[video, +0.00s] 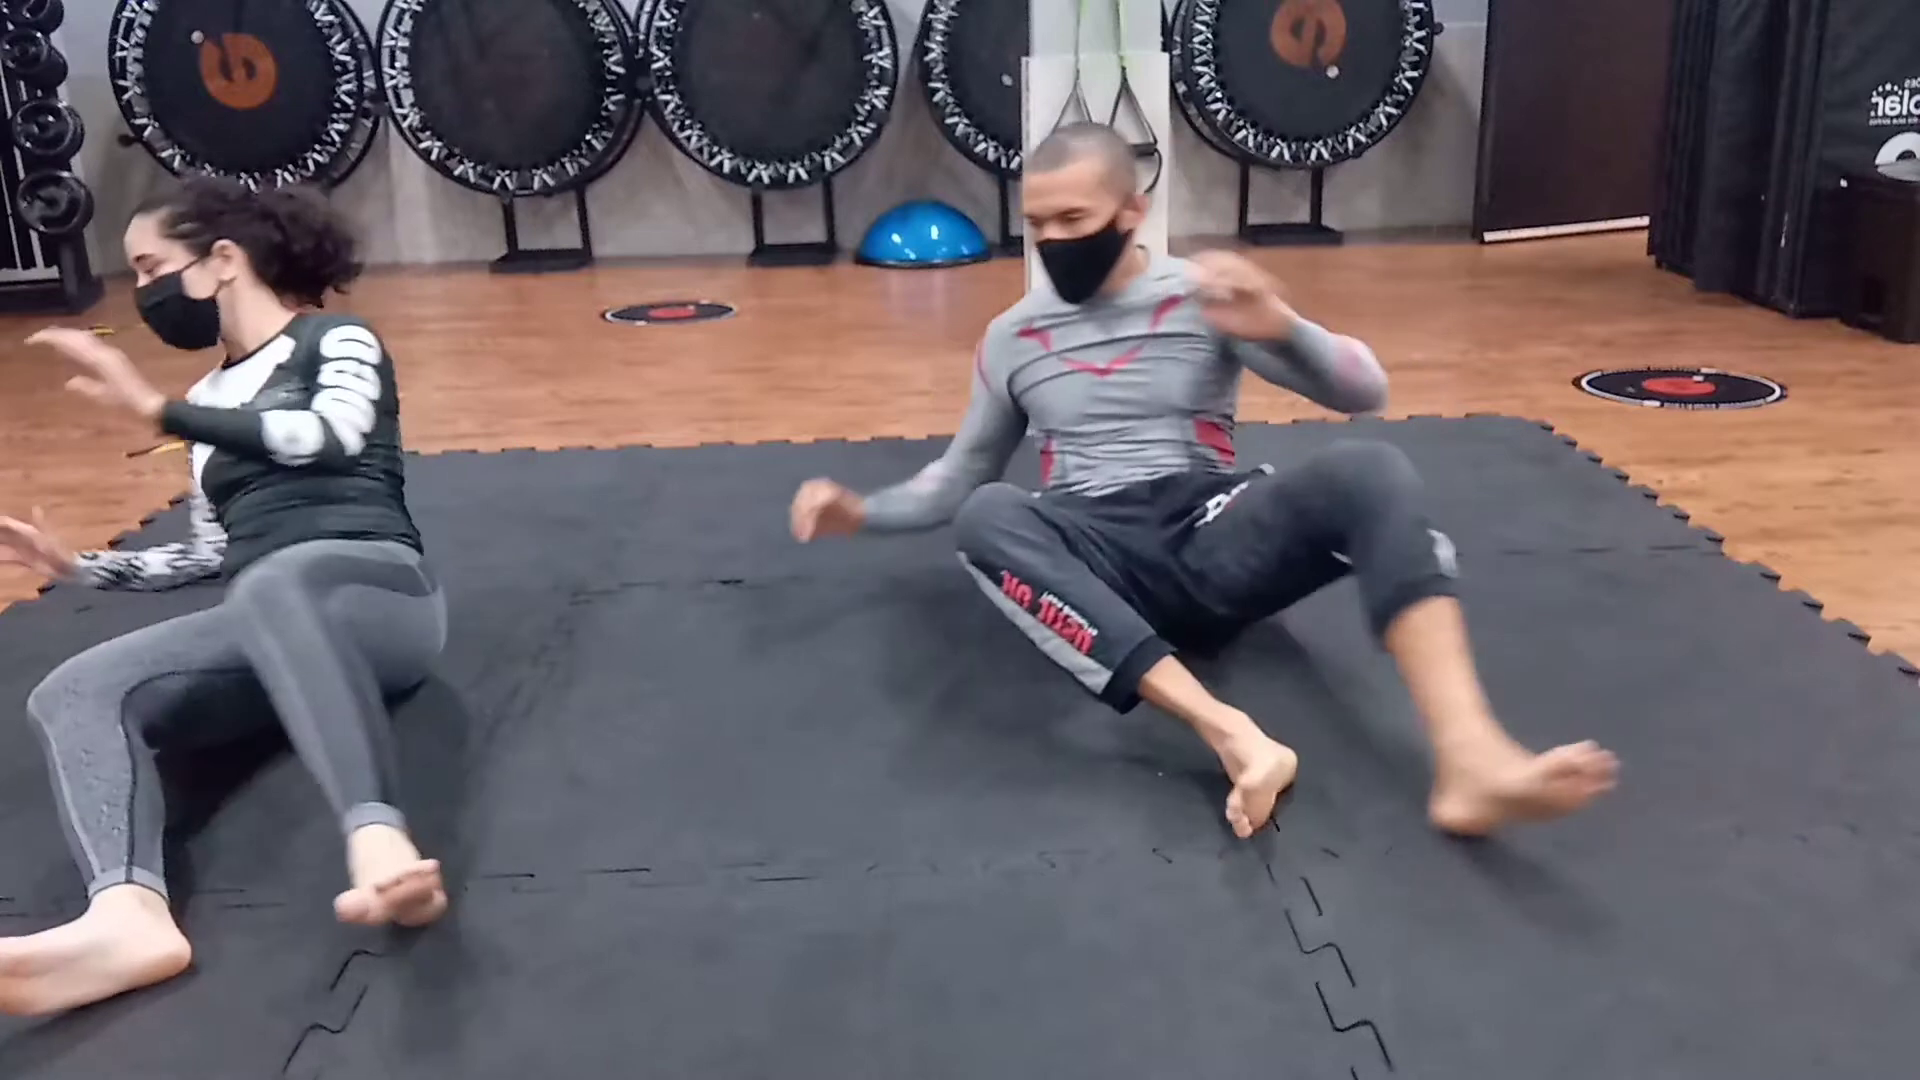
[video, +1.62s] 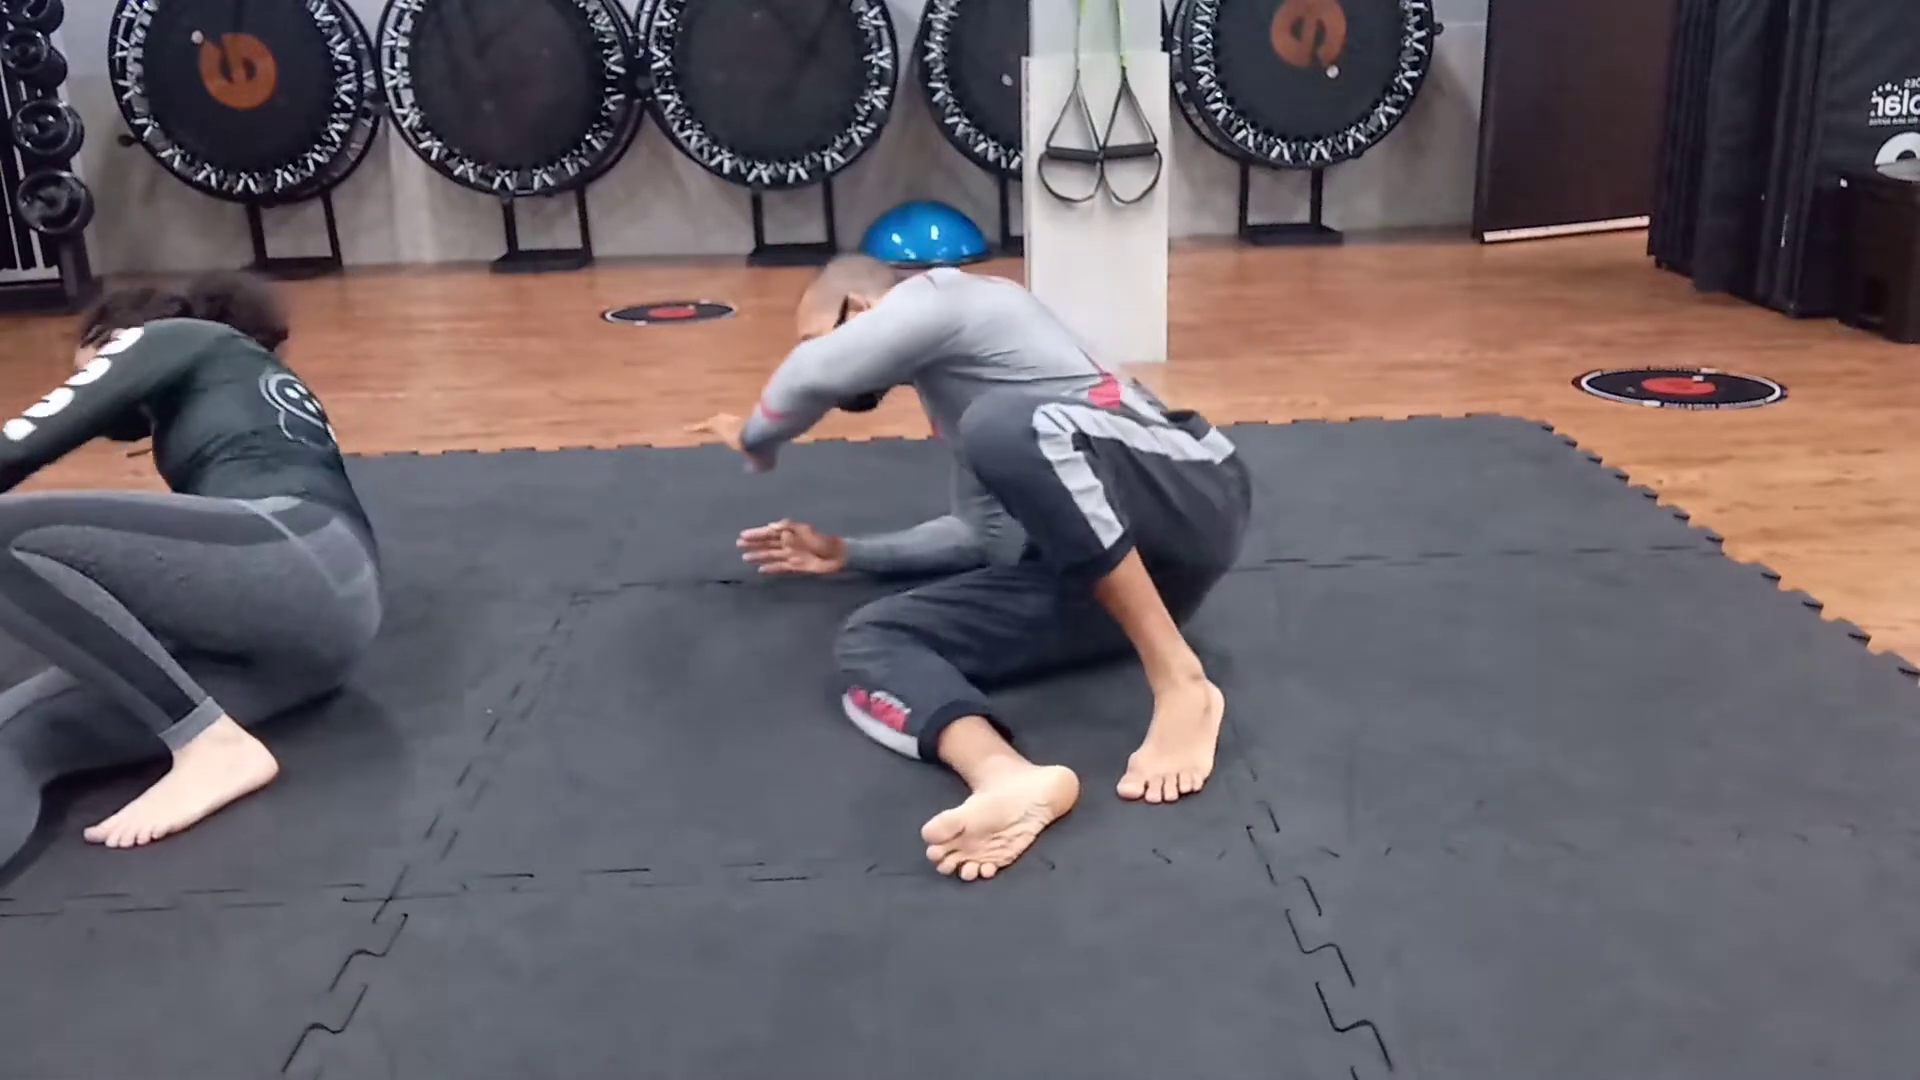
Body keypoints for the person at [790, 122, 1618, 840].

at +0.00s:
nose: (1056, 245)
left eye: (1078, 222)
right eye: (1039, 225)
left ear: (1137, 207)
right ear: (1021, 221)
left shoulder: (1206, 292)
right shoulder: (1013, 338)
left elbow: (1365, 394)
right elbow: (961, 476)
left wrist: (1283, 332)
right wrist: (865, 511)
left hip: (1212, 533)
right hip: (1096, 543)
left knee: (1372, 465)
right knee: (983, 517)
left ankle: (1471, 754)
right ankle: (1233, 738)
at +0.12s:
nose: (1020, 247)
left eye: (1038, 225)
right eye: (1005, 231)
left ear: (1097, 215)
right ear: (994, 233)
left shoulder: (1187, 289)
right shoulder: (1001, 348)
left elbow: (1330, 373)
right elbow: (970, 488)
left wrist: (1200, 309)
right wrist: (859, 554)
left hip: (1205, 535)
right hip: (1087, 550)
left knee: (1331, 450)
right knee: (964, 521)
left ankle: (1399, 756)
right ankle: (1230, 737)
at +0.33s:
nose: (967, 271)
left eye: (980, 246)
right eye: (954, 256)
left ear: (1043, 230)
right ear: (950, 258)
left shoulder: (1147, 285)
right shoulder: (978, 373)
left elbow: (1257, 340)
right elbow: (974, 514)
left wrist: (1081, 301)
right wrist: (862, 571)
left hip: (1194, 536)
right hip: (1082, 566)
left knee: (1277, 401)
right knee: (953, 528)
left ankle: (1311, 713)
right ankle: (1199, 738)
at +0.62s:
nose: (905, 293)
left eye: (914, 268)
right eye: (891, 282)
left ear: (978, 244)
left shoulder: (1083, 279)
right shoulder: (961, 387)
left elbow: (1147, 320)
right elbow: (971, 533)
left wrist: (964, 318)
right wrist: (860, 576)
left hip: (1169, 534)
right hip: (1060, 570)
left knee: (1209, 352)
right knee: (895, 544)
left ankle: (1213, 665)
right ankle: (1102, 741)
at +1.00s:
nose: (861, 314)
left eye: (864, 289)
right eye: (853, 303)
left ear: (924, 260)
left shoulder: (1038, 275)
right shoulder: (955, 391)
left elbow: (1016, 327)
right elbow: (971, 527)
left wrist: (861, 360)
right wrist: (845, 558)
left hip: (1151, 537)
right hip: (1036, 578)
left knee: (1076, 361)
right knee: (832, 632)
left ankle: (1175, 671)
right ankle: (1023, 773)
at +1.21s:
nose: (841, 335)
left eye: (839, 307)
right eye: (833, 324)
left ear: (887, 273)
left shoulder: (999, 277)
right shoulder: (958, 392)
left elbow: (937, 347)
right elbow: (975, 528)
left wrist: (823, 401)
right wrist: (845, 557)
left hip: (1154, 536)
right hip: (1038, 585)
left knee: (1017, 393)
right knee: (831, 641)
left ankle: (1178, 674)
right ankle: (1019, 770)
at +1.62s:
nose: (841, 358)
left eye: (837, 337)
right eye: (838, 343)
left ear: (864, 301)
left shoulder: (947, 295)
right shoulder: (961, 403)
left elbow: (816, 372)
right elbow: (989, 533)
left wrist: (759, 439)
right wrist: (844, 554)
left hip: (1190, 500)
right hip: (1089, 577)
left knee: (1001, 423)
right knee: (871, 636)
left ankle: (1180, 683)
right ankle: (1004, 773)